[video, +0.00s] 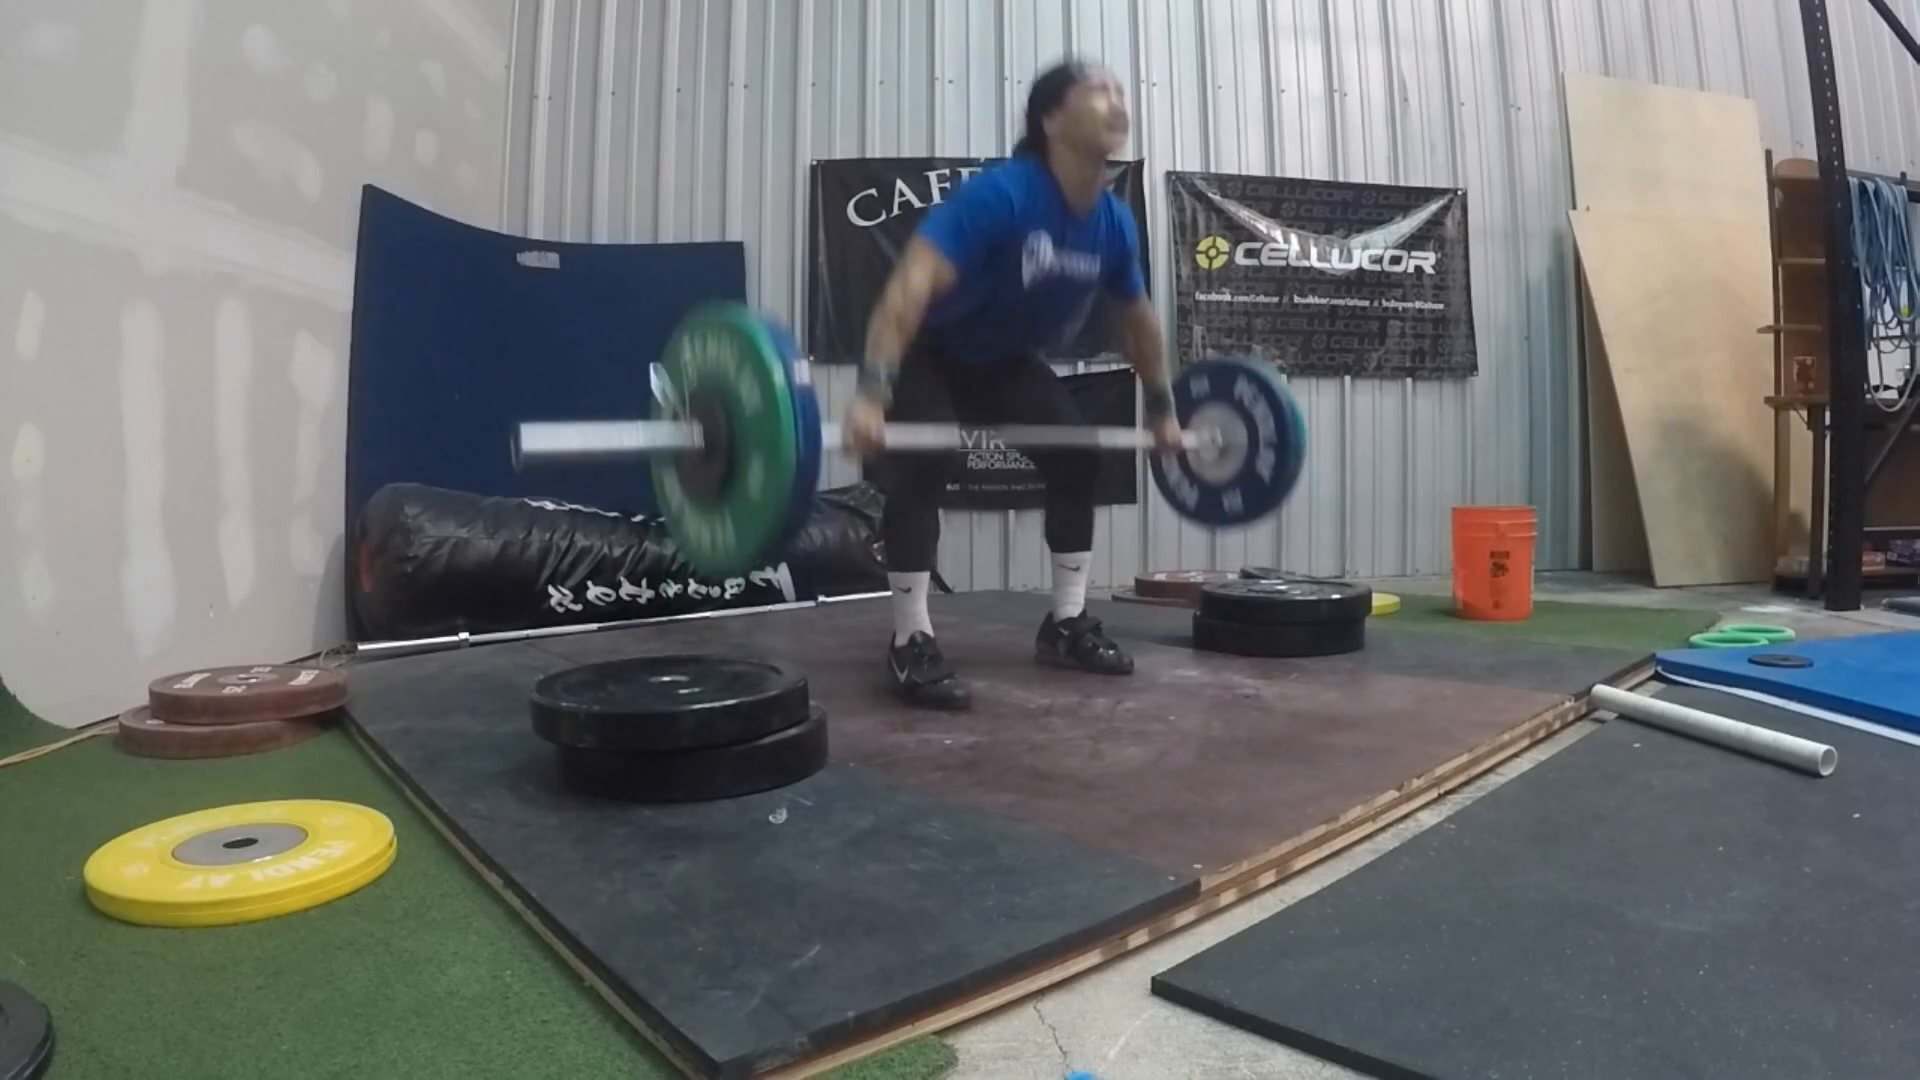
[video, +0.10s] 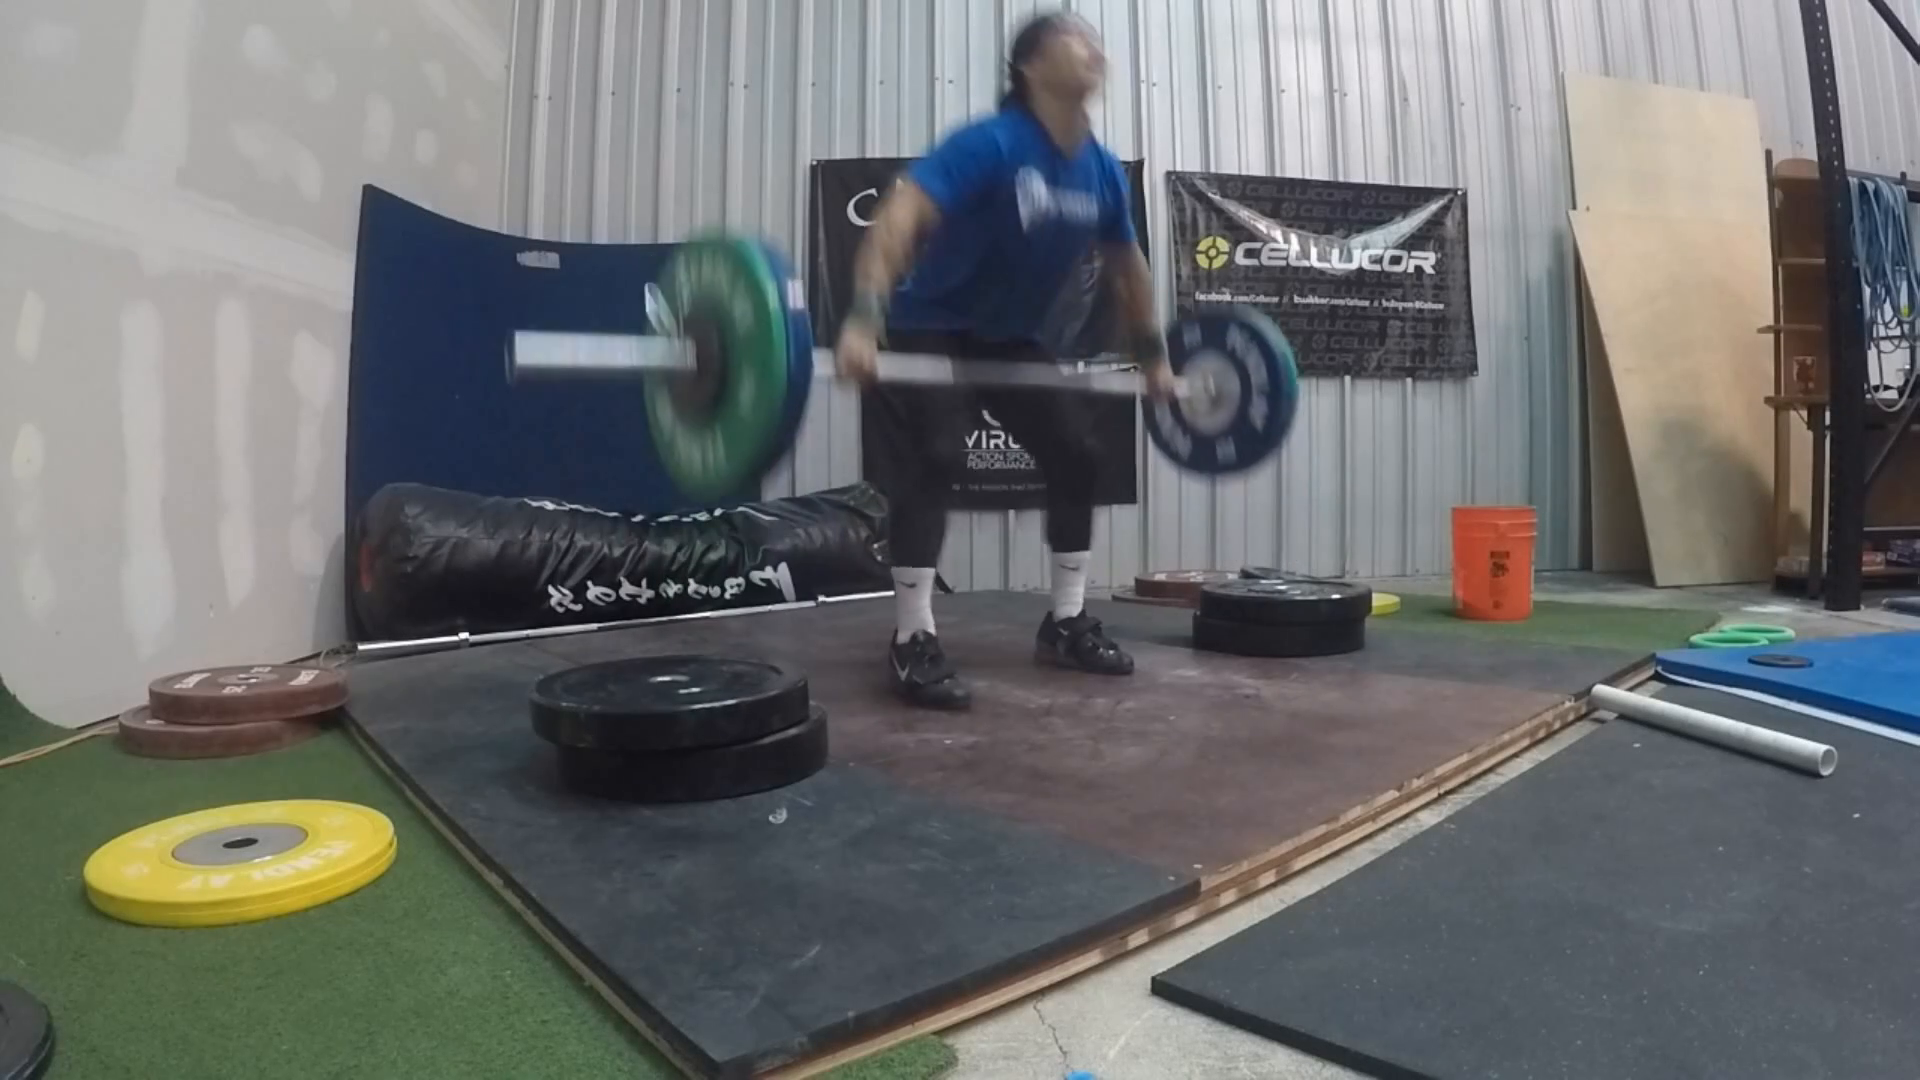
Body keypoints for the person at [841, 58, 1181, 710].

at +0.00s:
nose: (1119, 106)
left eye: (1120, 94)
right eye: (1099, 93)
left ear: (1119, 121)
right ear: (1052, 120)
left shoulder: (1112, 221)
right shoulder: (996, 194)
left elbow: (1137, 315)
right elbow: (911, 281)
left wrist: (1162, 408)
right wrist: (873, 391)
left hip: (1005, 360)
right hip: (927, 353)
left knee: (1076, 450)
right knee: (921, 457)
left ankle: (1067, 622)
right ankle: (911, 640)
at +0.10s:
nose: (1093, 46)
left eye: (1091, 37)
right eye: (1072, 37)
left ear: (1093, 69)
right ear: (1031, 67)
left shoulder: (1103, 171)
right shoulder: (986, 143)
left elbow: (1128, 267)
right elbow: (898, 213)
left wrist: (1154, 357)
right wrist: (863, 318)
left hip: (1013, 343)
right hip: (926, 335)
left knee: (1075, 458)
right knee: (931, 464)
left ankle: (1066, 621)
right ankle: (914, 639)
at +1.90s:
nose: (1027, 169)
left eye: (1030, 158)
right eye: (1010, 156)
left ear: (1030, 170)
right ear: (964, 167)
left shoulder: (1028, 218)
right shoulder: (914, 213)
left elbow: (1073, 172)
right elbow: (845, 141)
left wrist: (1103, 128)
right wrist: (788, 47)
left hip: (967, 422)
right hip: (881, 418)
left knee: (1069, 483)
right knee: (922, 495)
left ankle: (1021, 622)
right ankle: (865, 639)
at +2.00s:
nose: (1021, 142)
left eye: (1026, 131)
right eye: (1003, 127)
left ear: (1026, 147)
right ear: (957, 143)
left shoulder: (1025, 193)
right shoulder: (913, 185)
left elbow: (1075, 147)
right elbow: (843, 113)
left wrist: (1105, 103)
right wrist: (784, 23)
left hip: (962, 401)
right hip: (879, 396)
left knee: (1061, 477)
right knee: (916, 486)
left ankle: (1021, 621)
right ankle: (864, 639)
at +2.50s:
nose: (1005, 14)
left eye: (1011, 5)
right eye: (989, 1)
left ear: (1012, 16)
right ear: (945, 10)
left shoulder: (1012, 77)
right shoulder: (905, 61)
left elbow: (1056, 37)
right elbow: (839, 7)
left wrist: (1095, 8)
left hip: (982, 318)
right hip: (901, 314)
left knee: (995, 465)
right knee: (890, 468)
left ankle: (991, 623)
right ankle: (864, 636)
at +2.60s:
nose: (1004, 16)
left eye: (1011, 7)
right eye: (989, 3)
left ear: (1010, 16)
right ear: (942, 7)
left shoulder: (1010, 74)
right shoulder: (900, 58)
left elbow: (1055, 34)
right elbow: (835, 6)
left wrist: (1096, 5)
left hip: (994, 313)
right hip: (912, 309)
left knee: (996, 465)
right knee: (899, 467)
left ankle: (991, 622)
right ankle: (866, 636)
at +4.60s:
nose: (775, 165)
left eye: (784, 156)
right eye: (765, 152)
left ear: (789, 160)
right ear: (733, 148)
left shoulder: (786, 219)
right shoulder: (685, 202)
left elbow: (780, 291)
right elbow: (631, 266)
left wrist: (771, 358)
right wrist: (600, 336)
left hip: (740, 361)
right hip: (679, 350)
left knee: (722, 467)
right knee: (720, 452)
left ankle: (698, 584)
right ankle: (698, 583)